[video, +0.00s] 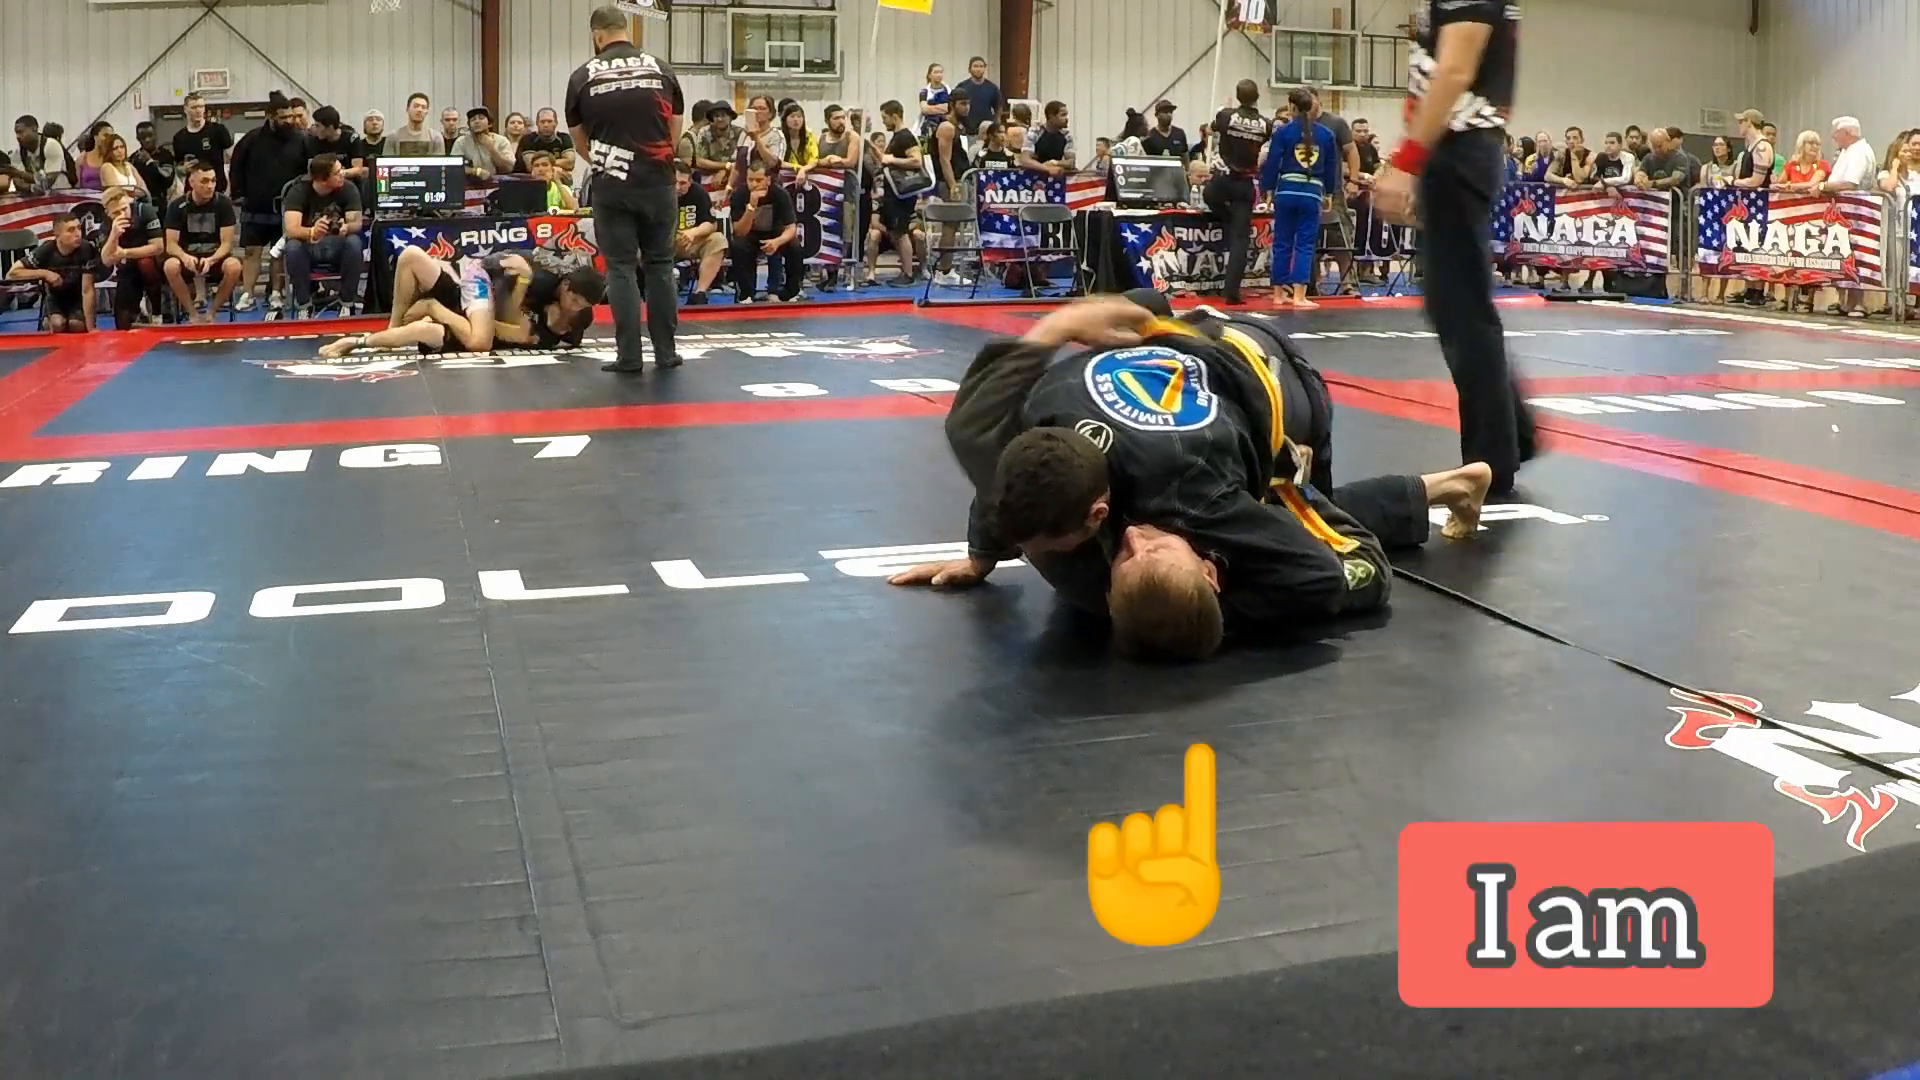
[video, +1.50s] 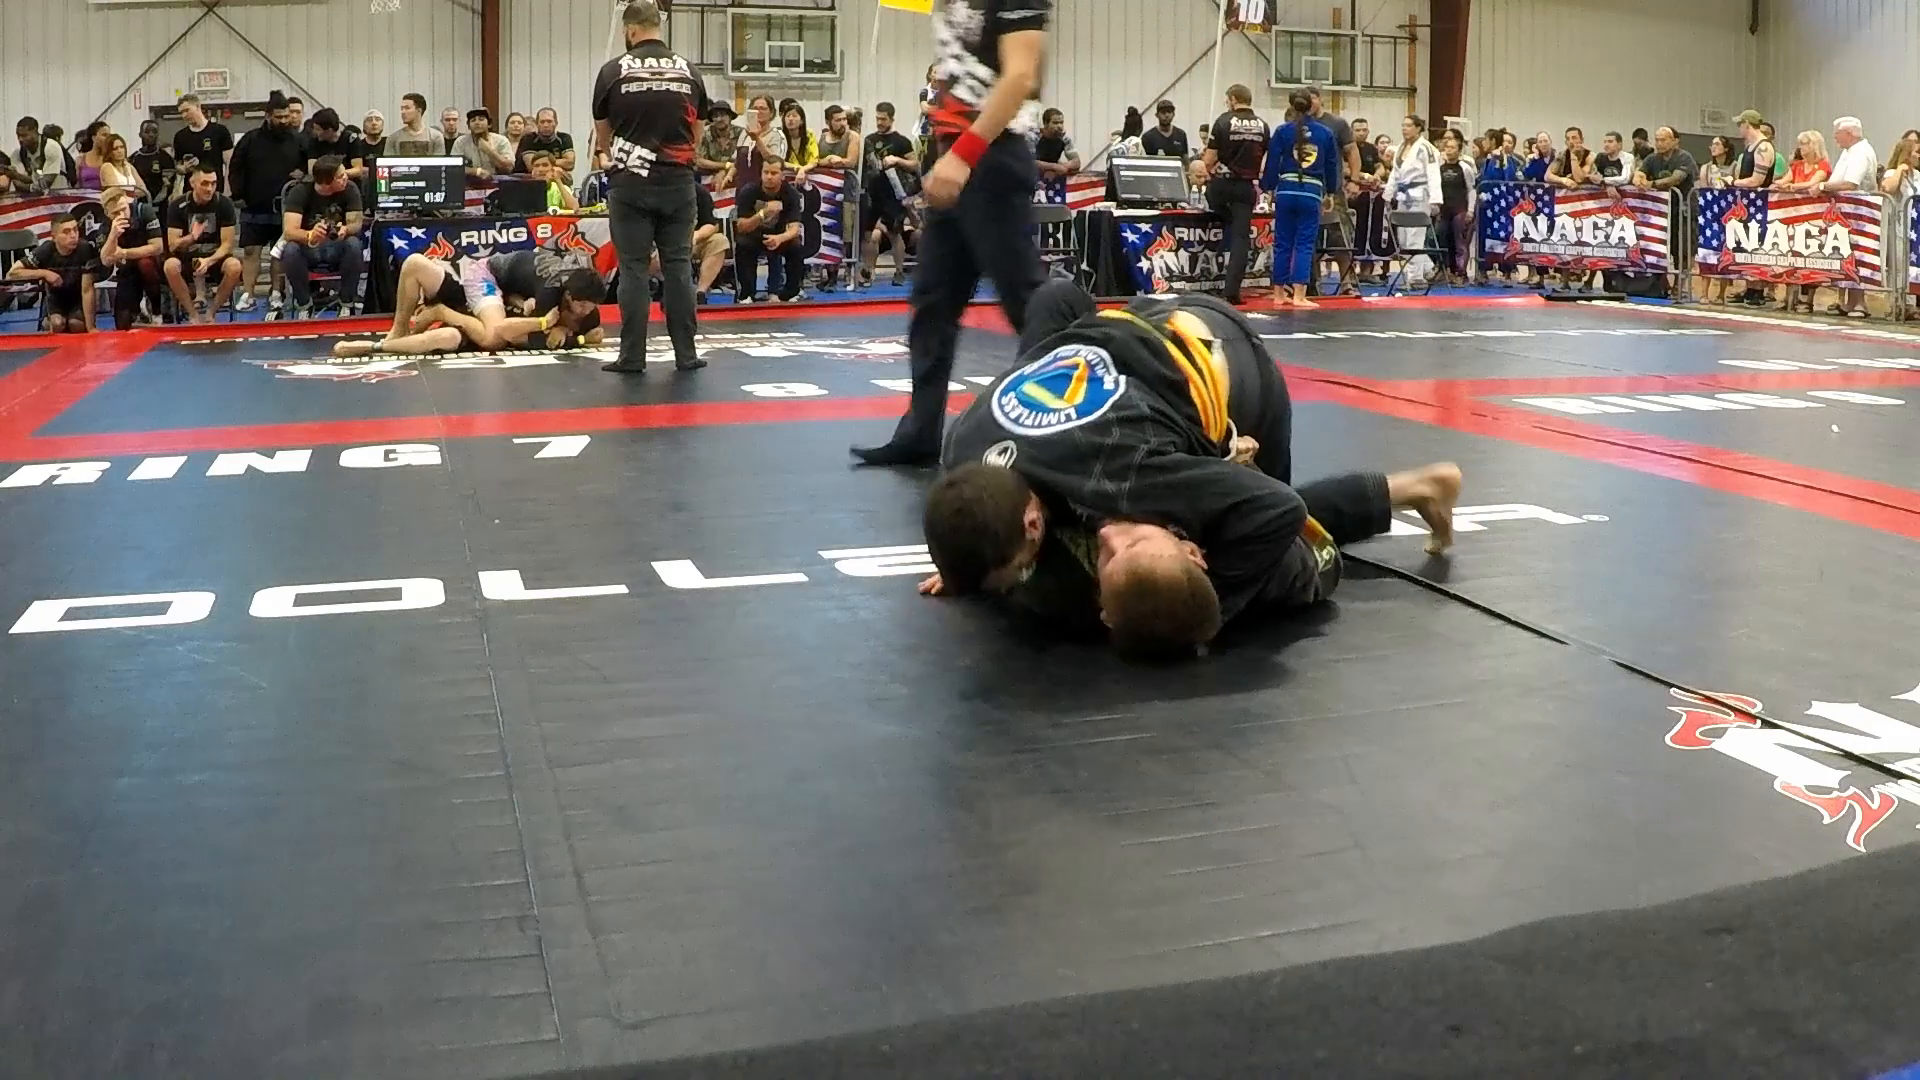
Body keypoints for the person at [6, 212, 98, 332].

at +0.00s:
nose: (78, 233)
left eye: (78, 228)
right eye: (71, 230)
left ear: (81, 228)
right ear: (57, 235)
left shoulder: (86, 249)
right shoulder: (46, 250)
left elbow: (88, 290)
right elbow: (12, 274)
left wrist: (91, 327)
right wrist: (45, 273)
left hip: (78, 293)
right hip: (55, 293)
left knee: (77, 325)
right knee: (58, 324)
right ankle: (46, 323)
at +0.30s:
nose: (79, 233)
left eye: (80, 229)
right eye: (73, 230)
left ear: (82, 229)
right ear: (58, 235)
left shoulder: (86, 249)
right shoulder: (47, 249)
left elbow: (88, 290)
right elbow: (12, 274)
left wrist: (91, 327)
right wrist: (45, 273)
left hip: (77, 292)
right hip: (55, 292)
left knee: (77, 325)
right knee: (58, 324)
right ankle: (45, 324)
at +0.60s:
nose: (79, 233)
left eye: (80, 229)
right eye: (72, 230)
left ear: (82, 229)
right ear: (57, 235)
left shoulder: (86, 249)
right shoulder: (47, 249)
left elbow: (88, 290)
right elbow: (12, 274)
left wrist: (91, 327)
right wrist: (45, 273)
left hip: (77, 292)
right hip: (55, 293)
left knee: (77, 325)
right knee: (58, 324)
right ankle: (46, 323)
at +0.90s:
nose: (78, 234)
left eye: (79, 229)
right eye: (71, 231)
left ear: (82, 229)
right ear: (56, 234)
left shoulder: (86, 249)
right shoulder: (47, 249)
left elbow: (88, 290)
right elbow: (12, 274)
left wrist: (91, 327)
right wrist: (44, 273)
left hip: (77, 292)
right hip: (55, 292)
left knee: (77, 324)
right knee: (58, 324)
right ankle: (45, 324)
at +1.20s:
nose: (76, 235)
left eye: (77, 229)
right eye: (69, 231)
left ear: (80, 229)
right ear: (55, 236)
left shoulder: (86, 249)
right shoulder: (47, 249)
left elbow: (88, 290)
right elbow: (12, 273)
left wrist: (91, 327)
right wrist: (44, 273)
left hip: (77, 293)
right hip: (54, 293)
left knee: (77, 324)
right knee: (58, 323)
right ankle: (45, 323)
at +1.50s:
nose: (73, 235)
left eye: (75, 230)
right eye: (66, 232)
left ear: (78, 231)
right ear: (54, 236)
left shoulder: (85, 249)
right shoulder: (47, 249)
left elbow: (87, 289)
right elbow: (12, 274)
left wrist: (91, 327)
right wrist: (44, 273)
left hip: (78, 294)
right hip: (55, 294)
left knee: (77, 325)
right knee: (58, 323)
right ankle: (46, 324)